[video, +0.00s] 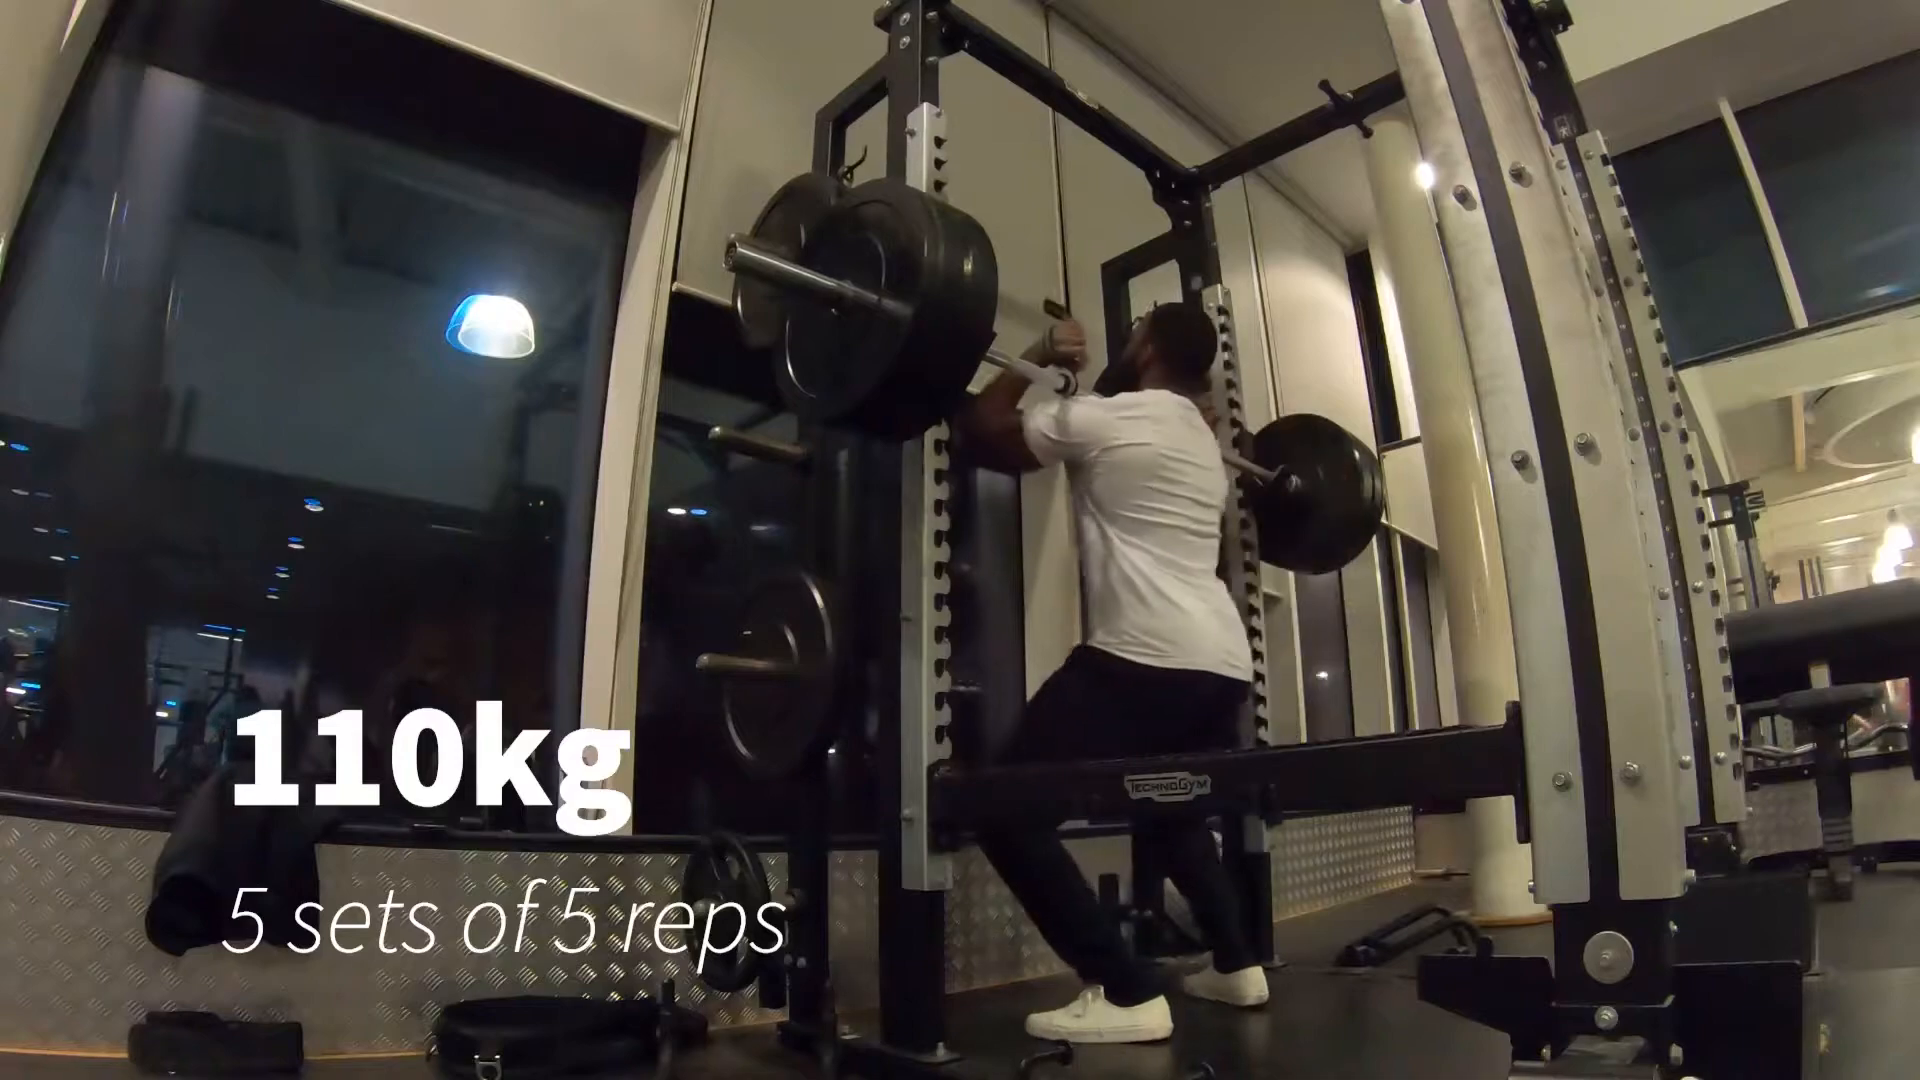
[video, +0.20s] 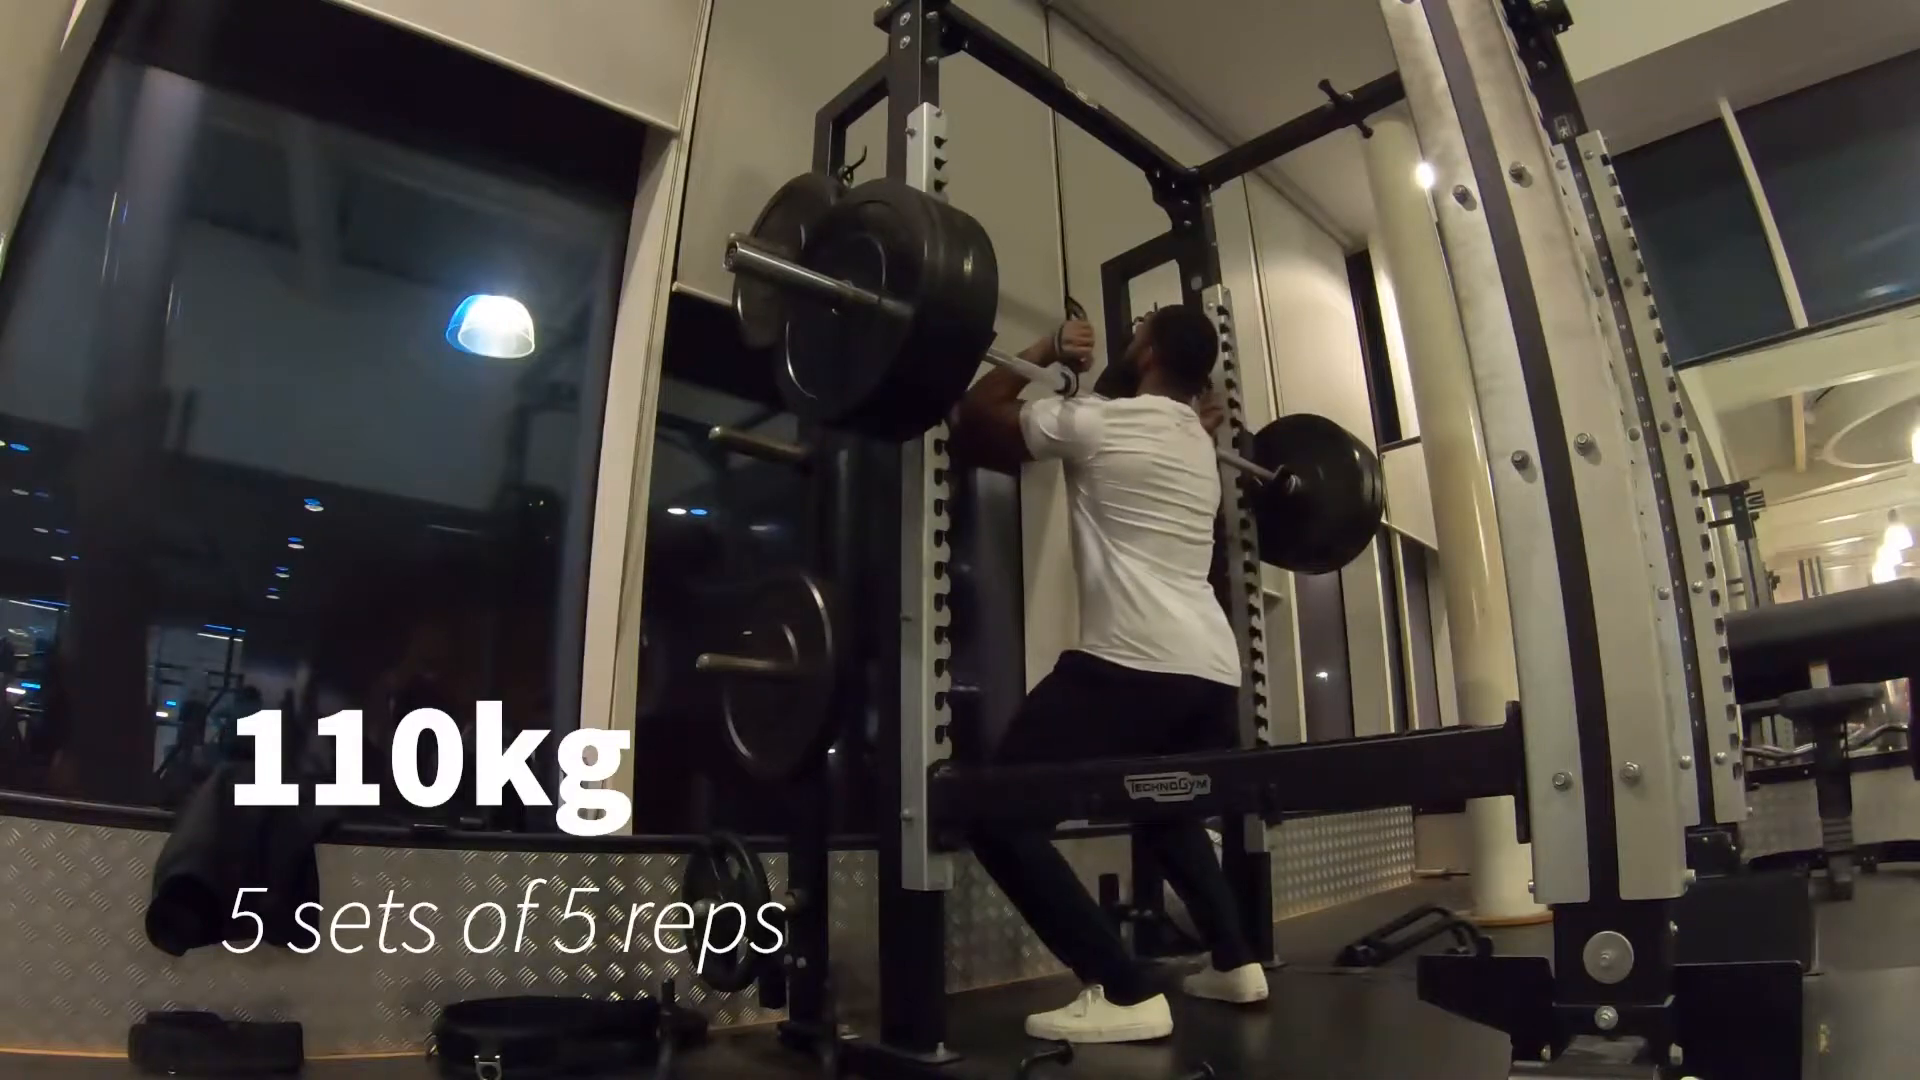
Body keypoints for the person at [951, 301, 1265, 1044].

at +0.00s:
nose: (1124, 347)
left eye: (1133, 336)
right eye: (1133, 337)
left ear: (1145, 349)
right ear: (1197, 369)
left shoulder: (1101, 419)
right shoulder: (1205, 439)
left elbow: (980, 428)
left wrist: (1038, 360)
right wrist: (1069, 380)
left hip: (1131, 662)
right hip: (1221, 673)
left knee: (1004, 808)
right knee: (1169, 805)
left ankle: (1126, 994)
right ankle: (1238, 965)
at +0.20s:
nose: (1126, 344)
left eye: (1136, 335)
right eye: (1136, 334)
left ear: (1145, 352)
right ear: (1196, 375)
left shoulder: (1093, 423)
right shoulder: (1201, 441)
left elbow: (977, 417)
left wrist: (1044, 352)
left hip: (1121, 668)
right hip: (1212, 677)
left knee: (994, 812)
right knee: (1159, 805)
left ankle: (1125, 994)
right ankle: (1238, 963)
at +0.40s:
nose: (1135, 341)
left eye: (1143, 336)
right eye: (1145, 334)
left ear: (1150, 356)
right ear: (1199, 380)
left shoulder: (1093, 426)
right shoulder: (1201, 444)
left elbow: (982, 406)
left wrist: (1050, 351)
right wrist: (1079, 382)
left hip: (1119, 672)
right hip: (1210, 680)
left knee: (994, 814)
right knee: (1161, 808)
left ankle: (1124, 992)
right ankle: (1237, 962)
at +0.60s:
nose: (1132, 342)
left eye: (1142, 336)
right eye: (1143, 333)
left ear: (1151, 357)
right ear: (1196, 379)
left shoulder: (1095, 424)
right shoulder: (1202, 442)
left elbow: (985, 395)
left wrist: (1055, 349)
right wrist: (1087, 379)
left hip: (1124, 673)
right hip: (1213, 680)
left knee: (997, 812)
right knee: (1161, 810)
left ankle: (1126, 994)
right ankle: (1237, 963)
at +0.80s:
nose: (1132, 341)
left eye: (1141, 334)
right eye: (1142, 333)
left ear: (1149, 346)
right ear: (1200, 370)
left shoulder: (1099, 418)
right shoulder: (1204, 435)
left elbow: (985, 407)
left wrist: (1050, 353)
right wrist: (1082, 377)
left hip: (1136, 659)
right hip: (1225, 670)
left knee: (1014, 807)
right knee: (1165, 808)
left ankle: (1126, 995)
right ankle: (1237, 967)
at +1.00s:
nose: (1133, 323)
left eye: (1142, 315)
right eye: (1143, 315)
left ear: (1152, 330)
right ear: (1199, 349)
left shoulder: (1105, 400)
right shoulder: (1210, 420)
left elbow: (979, 407)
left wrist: (1048, 344)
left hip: (1149, 635)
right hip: (1237, 647)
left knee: (1032, 797)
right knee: (1181, 797)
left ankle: (1128, 994)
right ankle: (1240, 968)